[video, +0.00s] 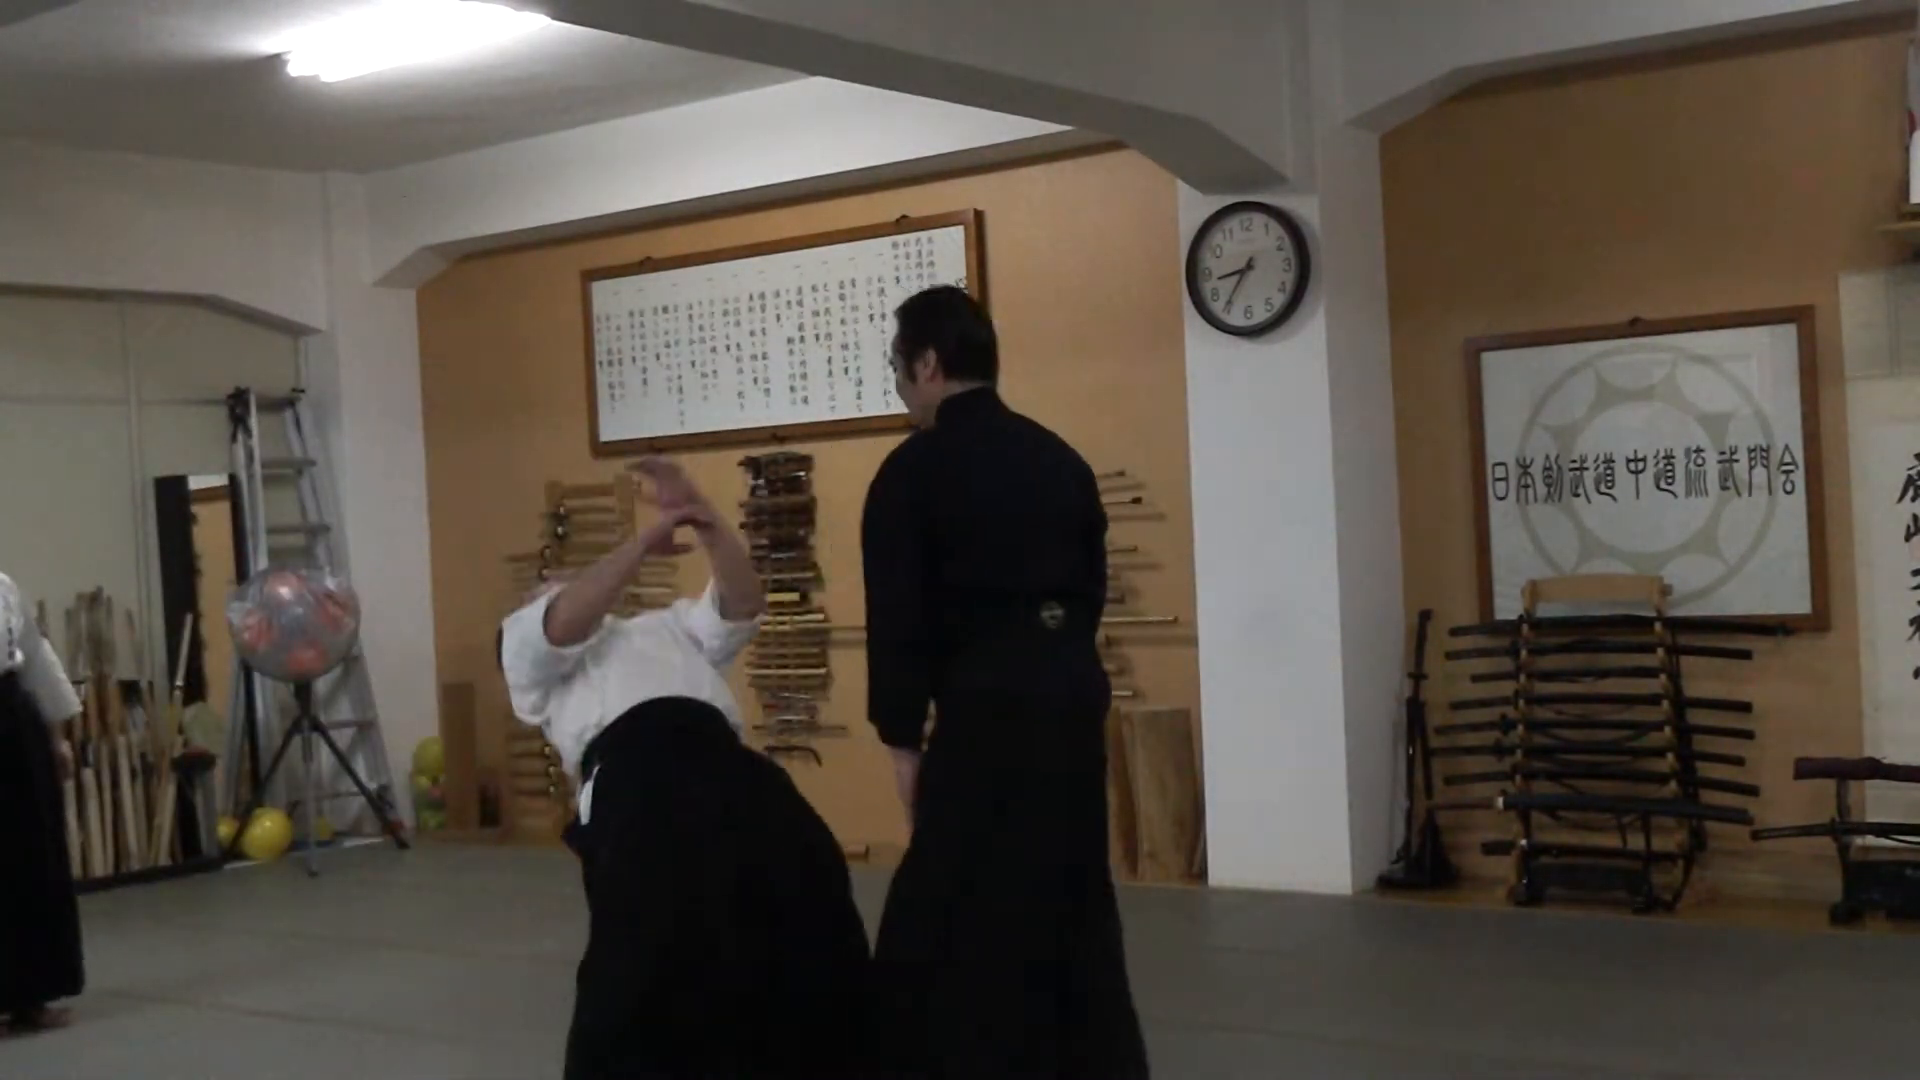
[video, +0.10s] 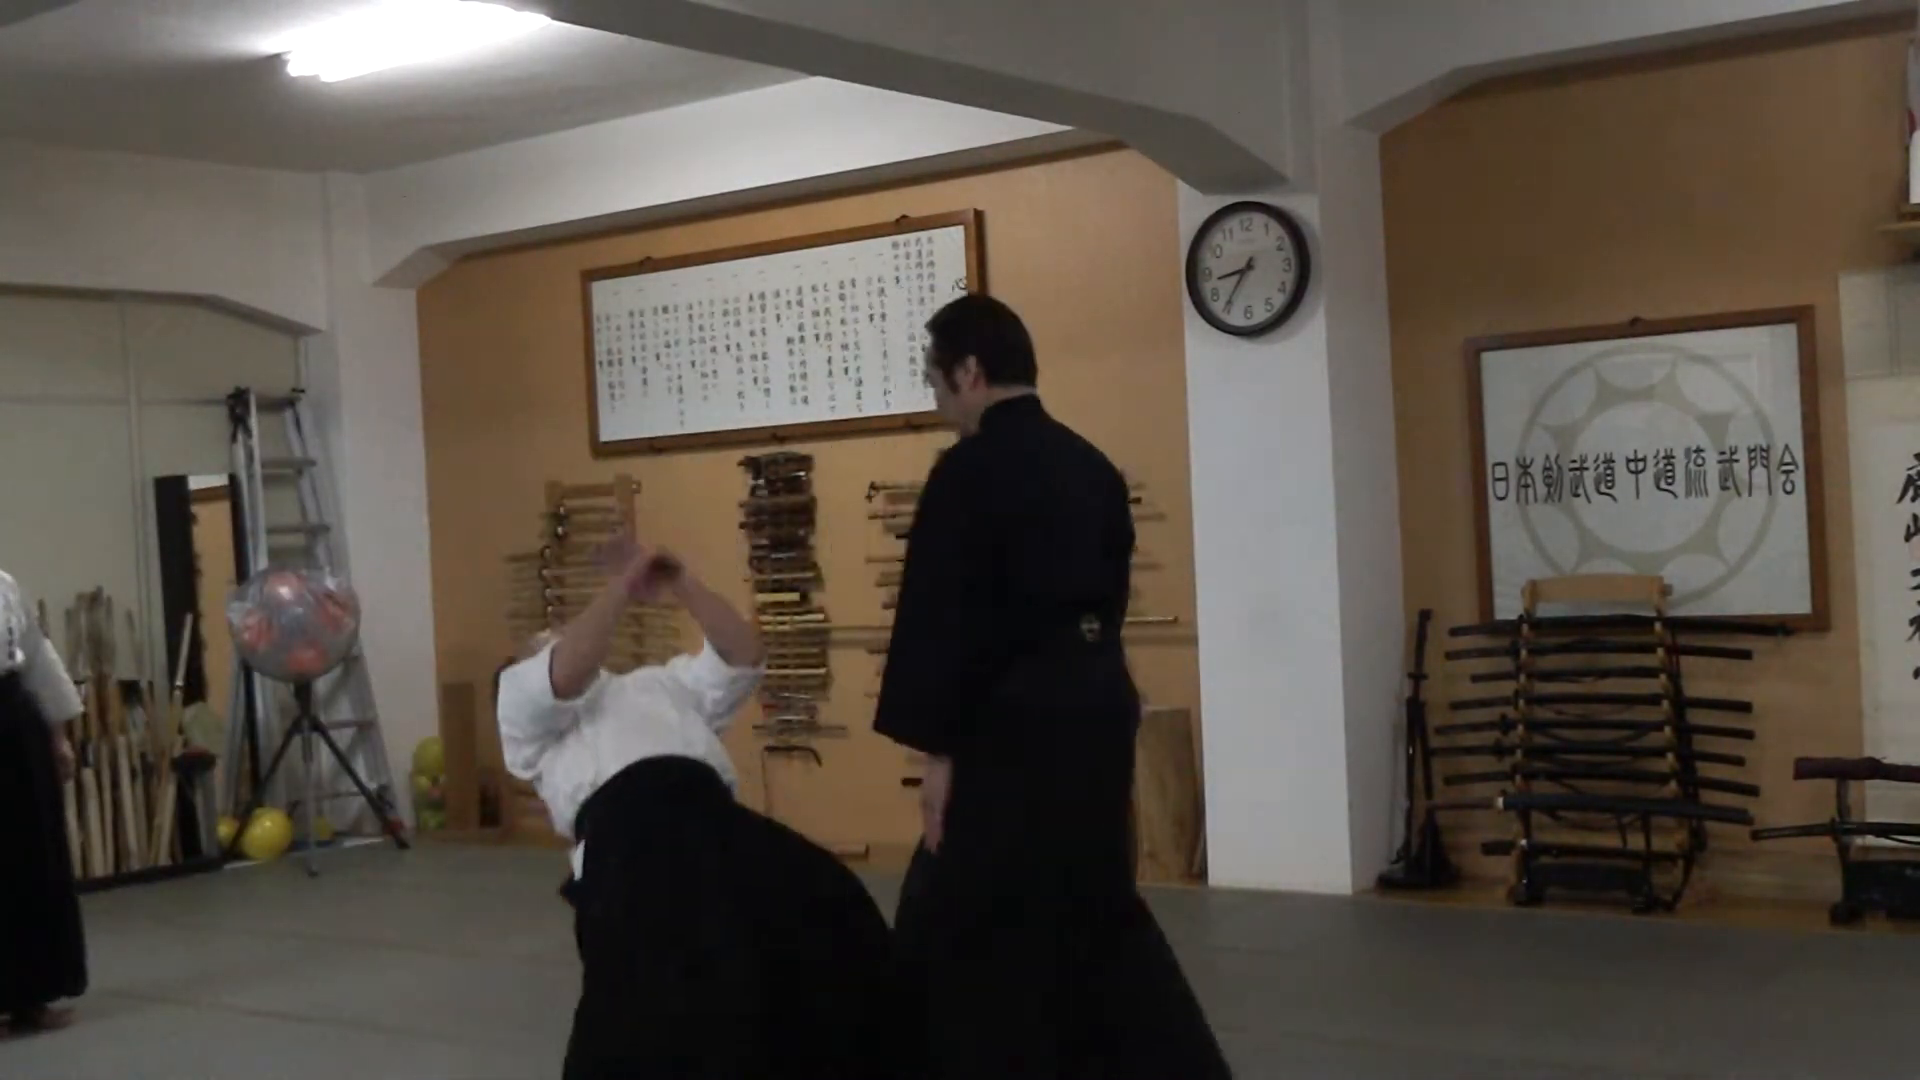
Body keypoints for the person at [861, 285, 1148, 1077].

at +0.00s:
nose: (902, 386)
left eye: (903, 369)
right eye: (901, 370)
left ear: (928, 367)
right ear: (985, 361)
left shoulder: (911, 469)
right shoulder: (1060, 457)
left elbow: (897, 619)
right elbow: (1087, 596)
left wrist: (904, 746)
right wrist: (1052, 681)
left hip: (975, 716)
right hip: (1070, 709)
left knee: (957, 903)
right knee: (1068, 899)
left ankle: (966, 1065)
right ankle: (1081, 1062)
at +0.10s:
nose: (941, 399)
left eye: (941, 381)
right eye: (937, 382)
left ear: (970, 371)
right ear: (1023, 367)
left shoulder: (966, 471)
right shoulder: (1089, 464)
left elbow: (941, 624)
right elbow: (1104, 610)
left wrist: (938, 761)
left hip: (1003, 731)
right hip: (1097, 716)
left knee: (971, 918)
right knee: (1094, 907)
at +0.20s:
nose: (984, 404)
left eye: (983, 383)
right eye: (979, 386)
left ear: (1019, 370)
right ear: (1061, 367)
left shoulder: (1025, 466)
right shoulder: (1135, 462)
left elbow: (995, 612)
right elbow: (1136, 611)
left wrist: (985, 750)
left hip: (1051, 731)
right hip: (1141, 717)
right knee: (1145, 916)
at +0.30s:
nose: (1023, 409)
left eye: (1023, 385)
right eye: (1017, 389)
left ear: (1064, 368)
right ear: (1085, 369)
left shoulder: (1081, 463)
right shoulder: (1175, 458)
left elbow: (1055, 610)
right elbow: (1184, 609)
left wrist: (1048, 744)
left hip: (1116, 739)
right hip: (1199, 723)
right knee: (1192, 928)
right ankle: (1216, 1069)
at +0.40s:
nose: (1062, 407)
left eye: (1061, 386)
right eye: (1055, 391)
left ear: (1104, 364)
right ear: (1124, 364)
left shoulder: (1129, 456)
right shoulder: (1207, 449)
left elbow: (1118, 606)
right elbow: (1221, 605)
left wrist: (1105, 751)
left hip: (1169, 733)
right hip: (1241, 719)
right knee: (1226, 936)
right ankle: (1232, 1068)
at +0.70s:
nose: (1154, 385)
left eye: (1157, 363)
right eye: (1149, 367)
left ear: (1208, 348)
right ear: (1221, 349)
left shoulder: (1237, 441)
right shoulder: (1283, 431)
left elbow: (1209, 597)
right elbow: (1319, 593)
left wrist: (1188, 747)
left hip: (1270, 742)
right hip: (1316, 733)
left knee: (1267, 963)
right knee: (1332, 954)